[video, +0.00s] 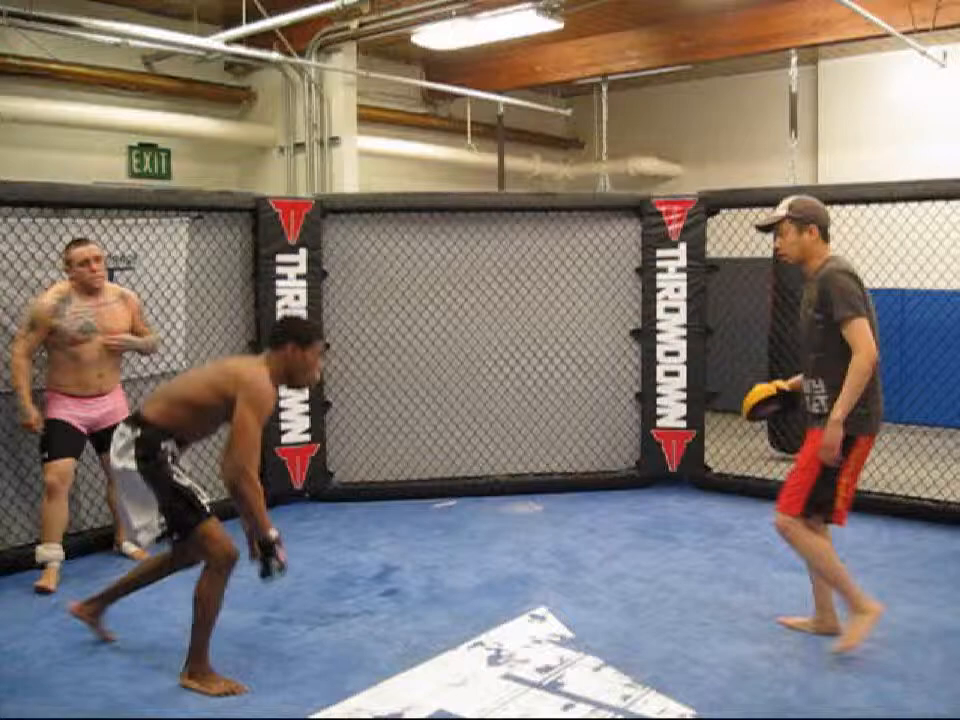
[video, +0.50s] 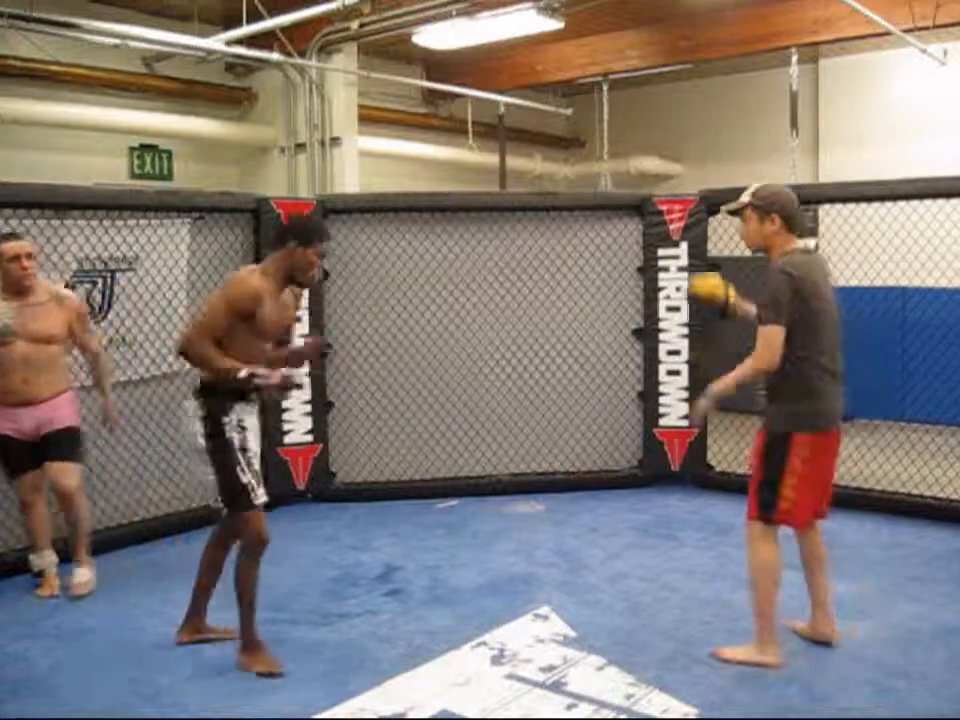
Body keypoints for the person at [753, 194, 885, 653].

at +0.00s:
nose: (777, 244)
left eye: (782, 234)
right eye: (776, 235)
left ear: (810, 233)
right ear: (804, 234)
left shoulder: (836, 278)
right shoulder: (817, 280)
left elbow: (866, 353)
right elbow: (830, 363)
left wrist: (836, 421)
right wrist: (790, 386)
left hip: (845, 423)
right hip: (828, 420)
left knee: (790, 519)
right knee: (811, 521)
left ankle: (863, 606)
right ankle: (823, 615)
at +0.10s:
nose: (770, 238)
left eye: (775, 229)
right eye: (770, 230)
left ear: (803, 230)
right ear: (800, 232)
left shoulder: (827, 275)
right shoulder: (814, 276)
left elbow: (862, 347)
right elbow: (828, 361)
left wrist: (842, 414)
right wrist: (787, 380)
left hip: (831, 419)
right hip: (828, 416)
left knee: (778, 514)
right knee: (813, 517)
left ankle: (822, 619)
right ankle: (823, 612)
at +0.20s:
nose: (761, 234)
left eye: (766, 226)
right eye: (762, 226)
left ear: (793, 228)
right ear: (794, 229)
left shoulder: (812, 274)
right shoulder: (808, 271)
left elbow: (848, 345)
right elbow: (820, 350)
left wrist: (834, 409)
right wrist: (782, 379)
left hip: (818, 421)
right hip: (830, 417)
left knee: (771, 515)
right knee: (815, 513)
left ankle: (771, 635)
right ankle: (826, 613)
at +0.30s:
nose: (753, 236)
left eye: (757, 228)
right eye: (753, 228)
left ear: (781, 229)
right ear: (789, 229)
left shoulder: (796, 276)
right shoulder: (816, 268)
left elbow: (821, 354)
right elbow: (822, 353)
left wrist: (802, 421)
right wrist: (773, 381)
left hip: (805, 423)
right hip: (832, 422)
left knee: (765, 522)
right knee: (811, 518)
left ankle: (766, 643)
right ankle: (827, 615)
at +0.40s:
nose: (744, 233)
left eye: (748, 224)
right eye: (744, 225)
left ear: (773, 226)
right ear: (783, 226)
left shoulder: (785, 275)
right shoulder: (815, 267)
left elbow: (788, 361)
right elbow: (806, 350)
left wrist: (759, 422)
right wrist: (747, 359)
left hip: (797, 419)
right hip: (828, 415)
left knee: (765, 525)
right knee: (809, 519)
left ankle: (766, 643)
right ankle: (826, 614)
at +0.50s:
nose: (742, 228)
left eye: (746, 219)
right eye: (742, 219)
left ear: (771, 222)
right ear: (779, 222)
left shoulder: (782, 273)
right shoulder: (812, 264)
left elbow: (767, 357)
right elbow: (788, 324)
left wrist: (715, 391)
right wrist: (735, 303)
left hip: (792, 420)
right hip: (822, 416)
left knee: (760, 526)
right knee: (805, 521)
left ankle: (764, 643)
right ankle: (822, 622)